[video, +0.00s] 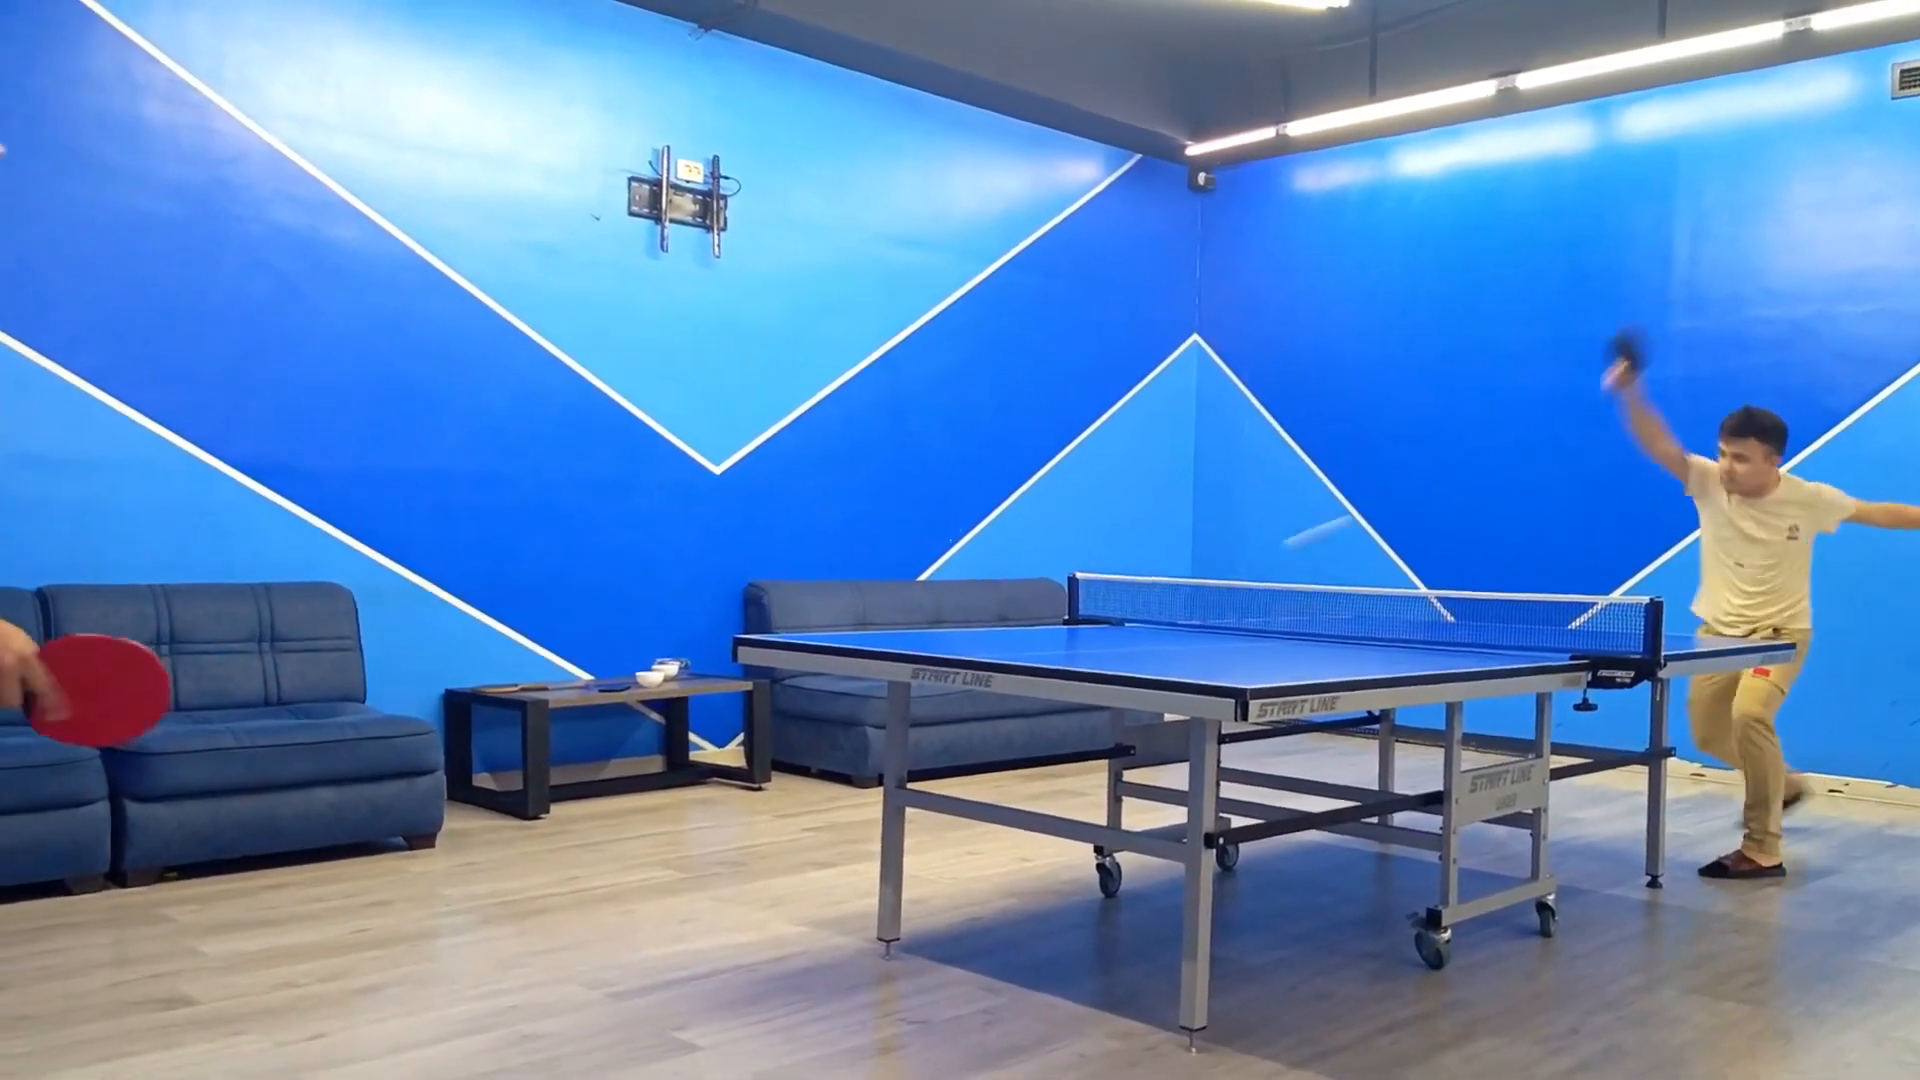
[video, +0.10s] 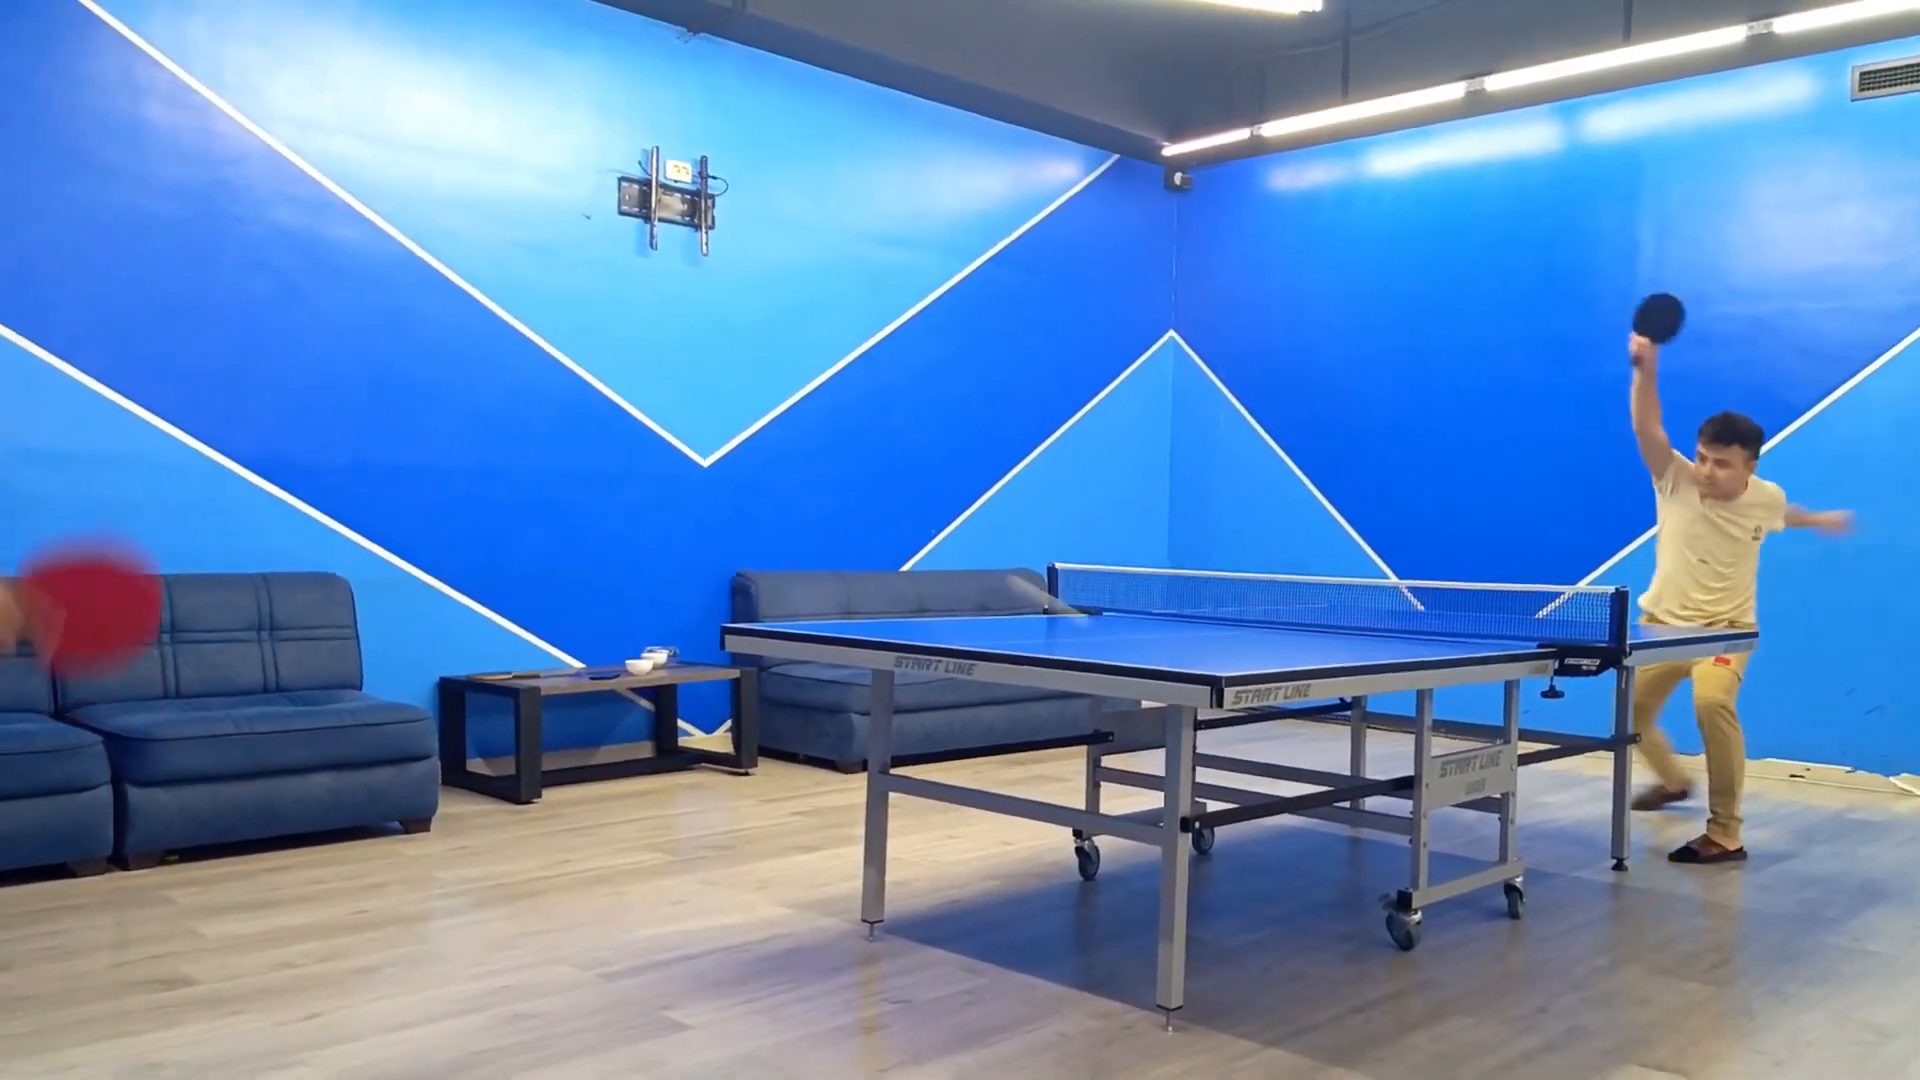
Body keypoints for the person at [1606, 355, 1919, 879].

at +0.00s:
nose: (1728, 466)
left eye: (1741, 458)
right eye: (1725, 455)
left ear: (1774, 462)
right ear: (1718, 452)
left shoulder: (1810, 501)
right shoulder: (1708, 481)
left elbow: (1878, 513)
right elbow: (1659, 443)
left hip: (1780, 635)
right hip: (1718, 633)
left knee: (1748, 715)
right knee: (1708, 735)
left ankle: (1761, 850)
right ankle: (1782, 784)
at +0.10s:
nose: (1707, 470)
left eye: (1720, 464)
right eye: (1703, 459)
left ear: (1749, 465)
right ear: (1696, 453)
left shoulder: (1764, 499)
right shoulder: (1675, 478)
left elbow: (1786, 517)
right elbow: (1648, 431)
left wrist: (1824, 520)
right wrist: (1645, 367)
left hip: (1726, 629)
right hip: (1665, 624)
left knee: (1712, 704)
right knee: (1632, 713)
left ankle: (1725, 833)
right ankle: (1674, 780)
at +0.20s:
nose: (1678, 465)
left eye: (1692, 459)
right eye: (1674, 454)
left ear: (1717, 464)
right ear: (1665, 448)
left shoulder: (1724, 501)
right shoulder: (1637, 476)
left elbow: (1710, 537)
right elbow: (1607, 444)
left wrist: (1718, 561)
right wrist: (1612, 398)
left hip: (1673, 623)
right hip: (1611, 618)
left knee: (1669, 692)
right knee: (1563, 705)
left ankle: (1686, 816)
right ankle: (1599, 764)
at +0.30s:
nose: (1637, 455)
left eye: (1651, 448)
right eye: (1631, 443)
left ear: (1673, 456)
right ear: (1622, 442)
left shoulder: (1677, 498)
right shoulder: (1594, 472)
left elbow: (1666, 541)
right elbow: (1544, 454)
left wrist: (1683, 593)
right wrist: (1569, 437)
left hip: (1627, 616)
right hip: (1568, 610)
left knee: (1625, 677)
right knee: (1529, 669)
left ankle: (1646, 799)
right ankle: (1560, 750)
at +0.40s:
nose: (1609, 458)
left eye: (1623, 450)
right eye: (1603, 447)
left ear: (1646, 460)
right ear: (1593, 448)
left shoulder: (1657, 507)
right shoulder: (1570, 483)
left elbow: (1669, 555)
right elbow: (1500, 474)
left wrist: (1696, 612)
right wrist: (1539, 487)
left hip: (1612, 627)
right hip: (1553, 621)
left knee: (1605, 688)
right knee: (1509, 696)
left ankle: (1628, 812)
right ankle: (1545, 762)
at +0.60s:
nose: (1576, 459)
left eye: (1591, 449)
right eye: (1572, 448)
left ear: (1622, 457)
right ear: (1566, 453)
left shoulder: (1658, 512)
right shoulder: (1557, 504)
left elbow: (1713, 563)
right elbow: (1476, 532)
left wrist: (1721, 606)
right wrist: (1494, 561)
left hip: (1623, 653)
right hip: (1561, 648)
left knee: (1581, 731)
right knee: (1533, 720)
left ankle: (1617, 863)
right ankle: (1534, 812)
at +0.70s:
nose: (1563, 446)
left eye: (1576, 436)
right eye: (1558, 436)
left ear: (1610, 440)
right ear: (1555, 440)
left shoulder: (1648, 494)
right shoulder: (1565, 495)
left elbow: (1710, 562)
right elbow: (1530, 550)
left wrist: (1663, 598)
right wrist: (1496, 581)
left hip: (1633, 650)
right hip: (1578, 647)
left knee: (1585, 747)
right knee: (1552, 739)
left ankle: (1617, 884)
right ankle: (1559, 843)